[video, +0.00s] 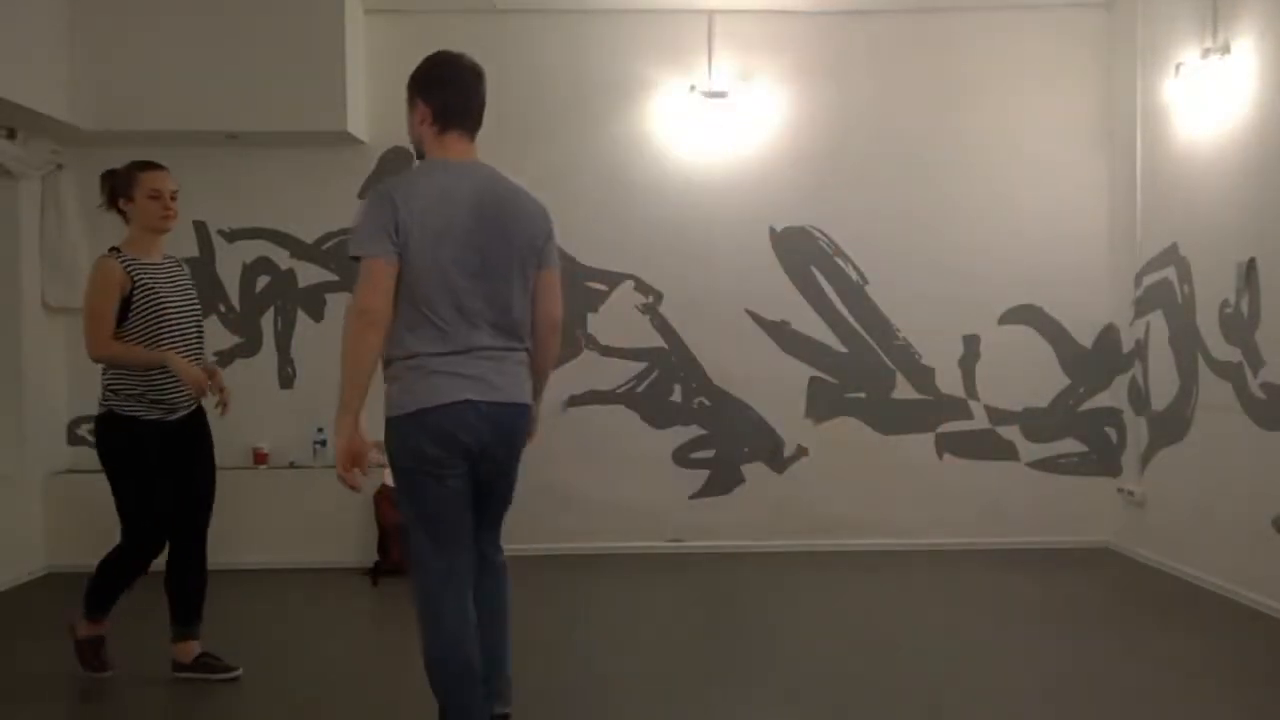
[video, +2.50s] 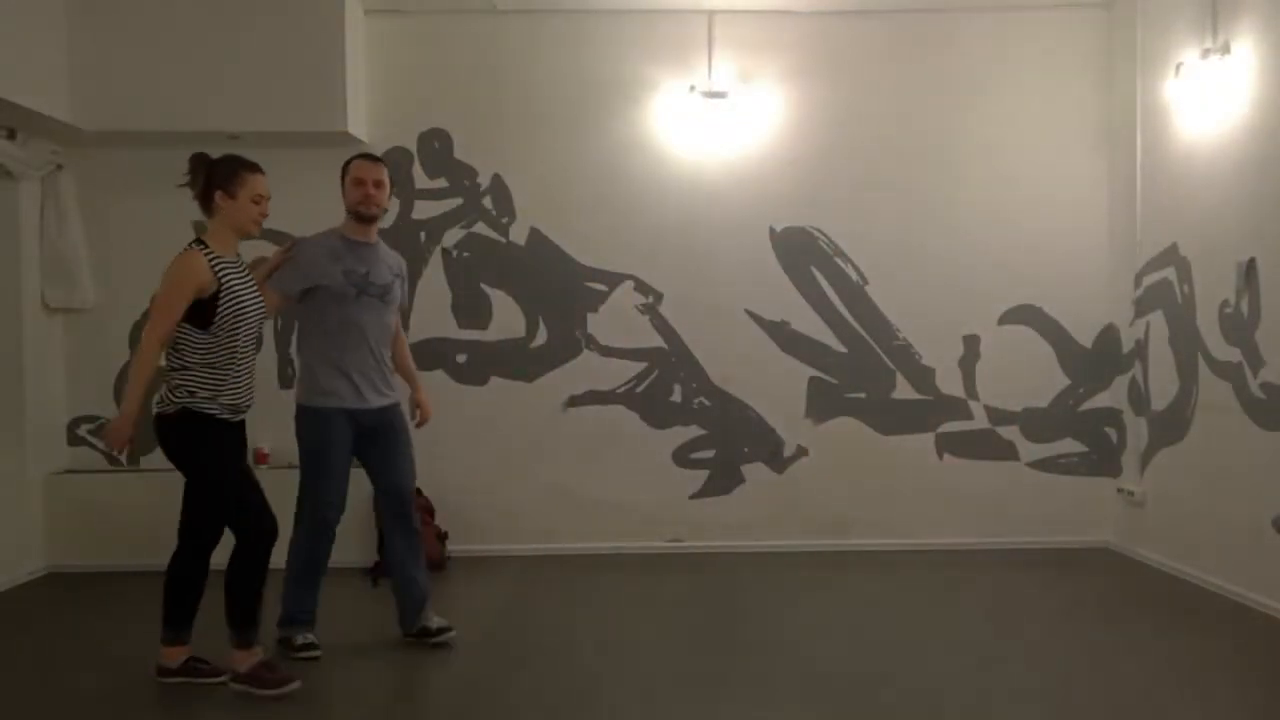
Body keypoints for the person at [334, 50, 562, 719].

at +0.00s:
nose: (410, 122)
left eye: (411, 111)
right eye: (413, 110)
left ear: (423, 113)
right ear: (478, 115)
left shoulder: (394, 193)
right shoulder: (528, 206)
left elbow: (371, 311)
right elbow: (549, 323)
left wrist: (348, 416)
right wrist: (531, 398)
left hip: (427, 413)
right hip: (508, 408)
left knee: (440, 568)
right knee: (485, 548)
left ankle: (463, 708)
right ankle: (494, 697)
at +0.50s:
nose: (332, 162)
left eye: (335, 151)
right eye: (333, 150)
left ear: (358, 151)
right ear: (388, 151)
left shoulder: (372, 220)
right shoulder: (422, 216)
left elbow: (371, 325)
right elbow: (404, 318)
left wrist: (333, 404)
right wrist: (341, 365)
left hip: (380, 405)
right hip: (434, 398)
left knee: (348, 540)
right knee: (423, 542)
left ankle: (359, 677)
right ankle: (421, 679)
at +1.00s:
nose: (273, 178)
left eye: (285, 168)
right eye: (269, 168)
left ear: (320, 169)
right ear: (268, 172)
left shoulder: (354, 239)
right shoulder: (297, 236)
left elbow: (373, 339)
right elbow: (277, 308)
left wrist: (339, 418)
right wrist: (202, 309)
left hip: (346, 406)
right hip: (306, 404)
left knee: (318, 520)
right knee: (289, 509)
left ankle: (339, 652)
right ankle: (373, 598)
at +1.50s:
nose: (299, 184)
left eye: (309, 174)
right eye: (288, 175)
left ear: (327, 181)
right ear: (276, 183)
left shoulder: (359, 249)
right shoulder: (259, 252)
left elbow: (389, 329)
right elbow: (239, 328)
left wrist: (370, 401)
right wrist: (173, 344)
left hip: (338, 414)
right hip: (275, 413)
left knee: (335, 530)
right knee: (274, 525)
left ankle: (337, 643)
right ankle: (282, 632)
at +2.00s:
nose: (319, 194)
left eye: (328, 185)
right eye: (309, 186)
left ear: (342, 194)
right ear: (293, 196)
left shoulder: (361, 259)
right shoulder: (267, 258)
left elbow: (381, 321)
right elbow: (225, 324)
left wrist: (385, 369)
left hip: (344, 406)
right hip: (285, 405)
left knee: (333, 511)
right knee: (292, 512)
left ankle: (318, 606)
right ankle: (287, 623)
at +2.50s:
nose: (369, 192)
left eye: (378, 185)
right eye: (359, 184)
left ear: (389, 195)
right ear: (343, 192)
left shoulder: (394, 265)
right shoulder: (312, 252)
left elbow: (393, 334)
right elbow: (254, 307)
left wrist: (416, 385)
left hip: (381, 403)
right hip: (324, 404)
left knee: (401, 506)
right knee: (320, 515)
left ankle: (416, 615)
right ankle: (297, 625)